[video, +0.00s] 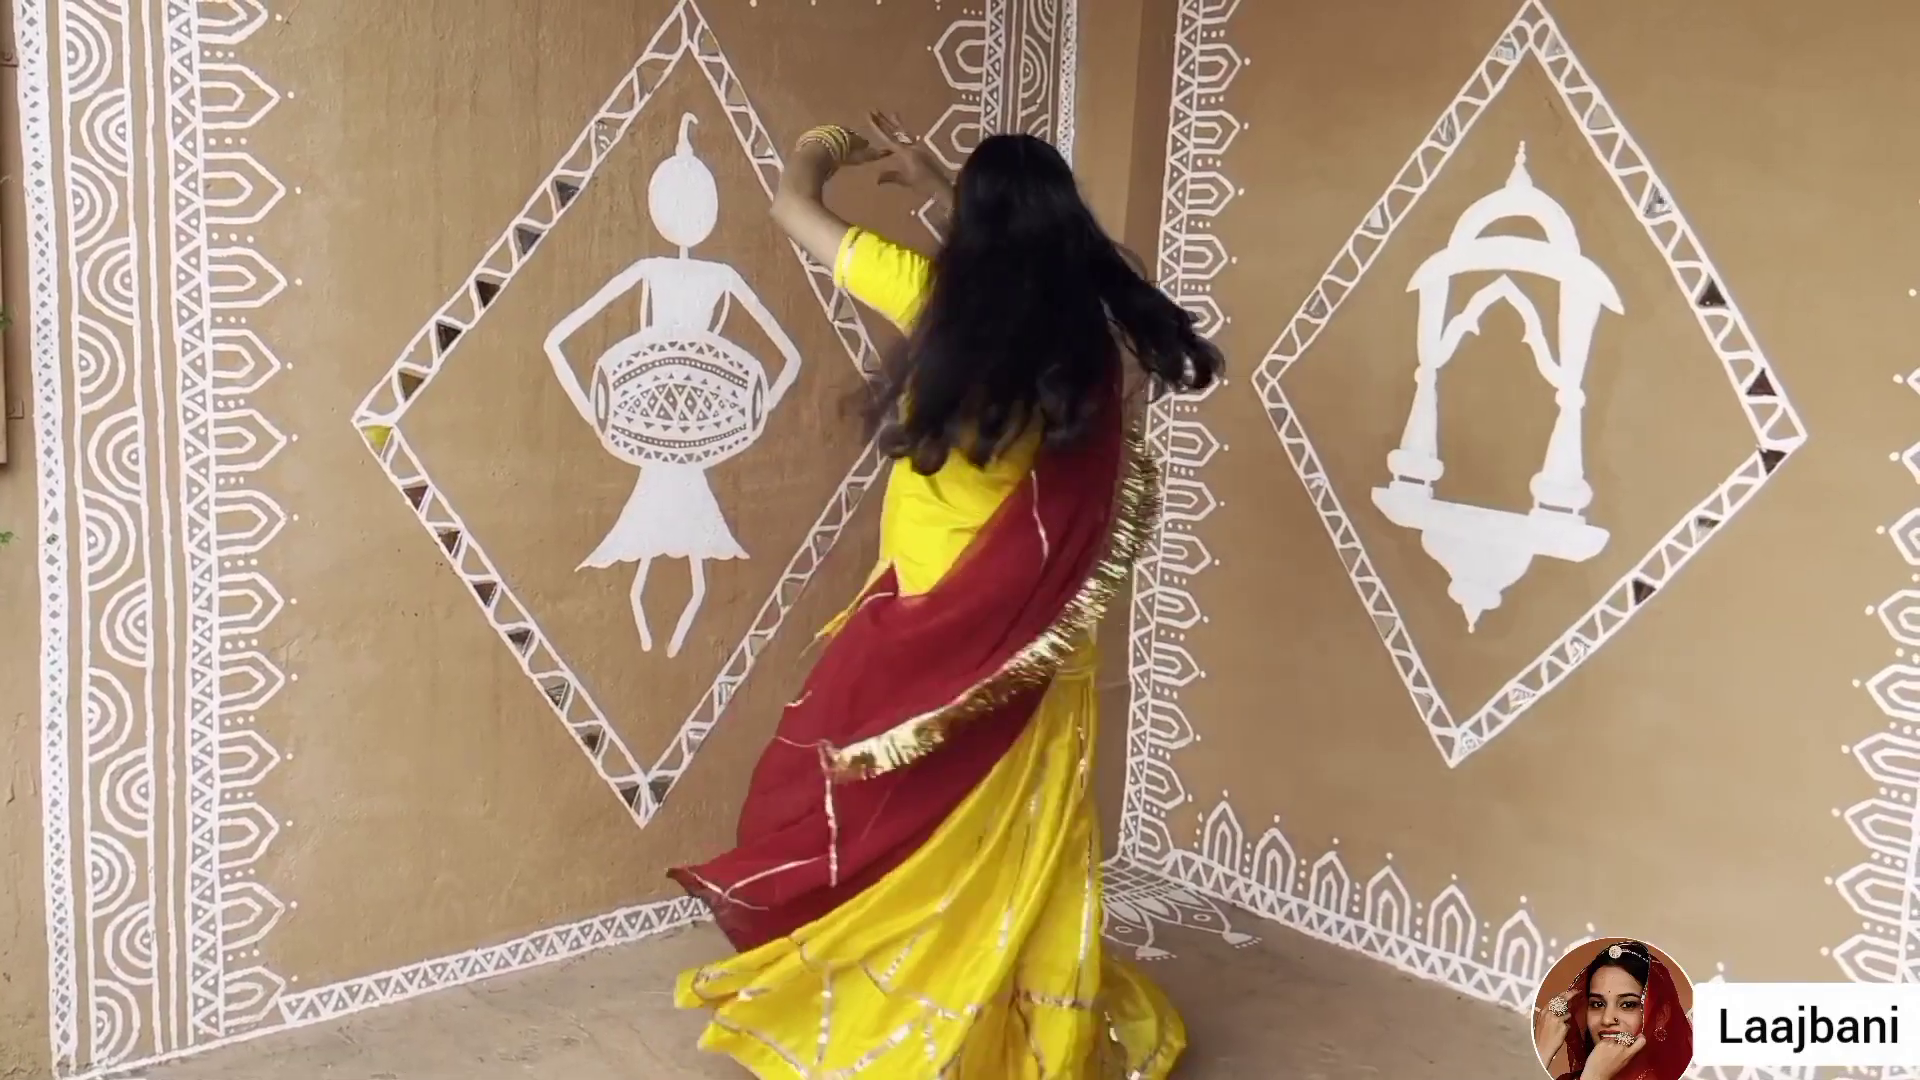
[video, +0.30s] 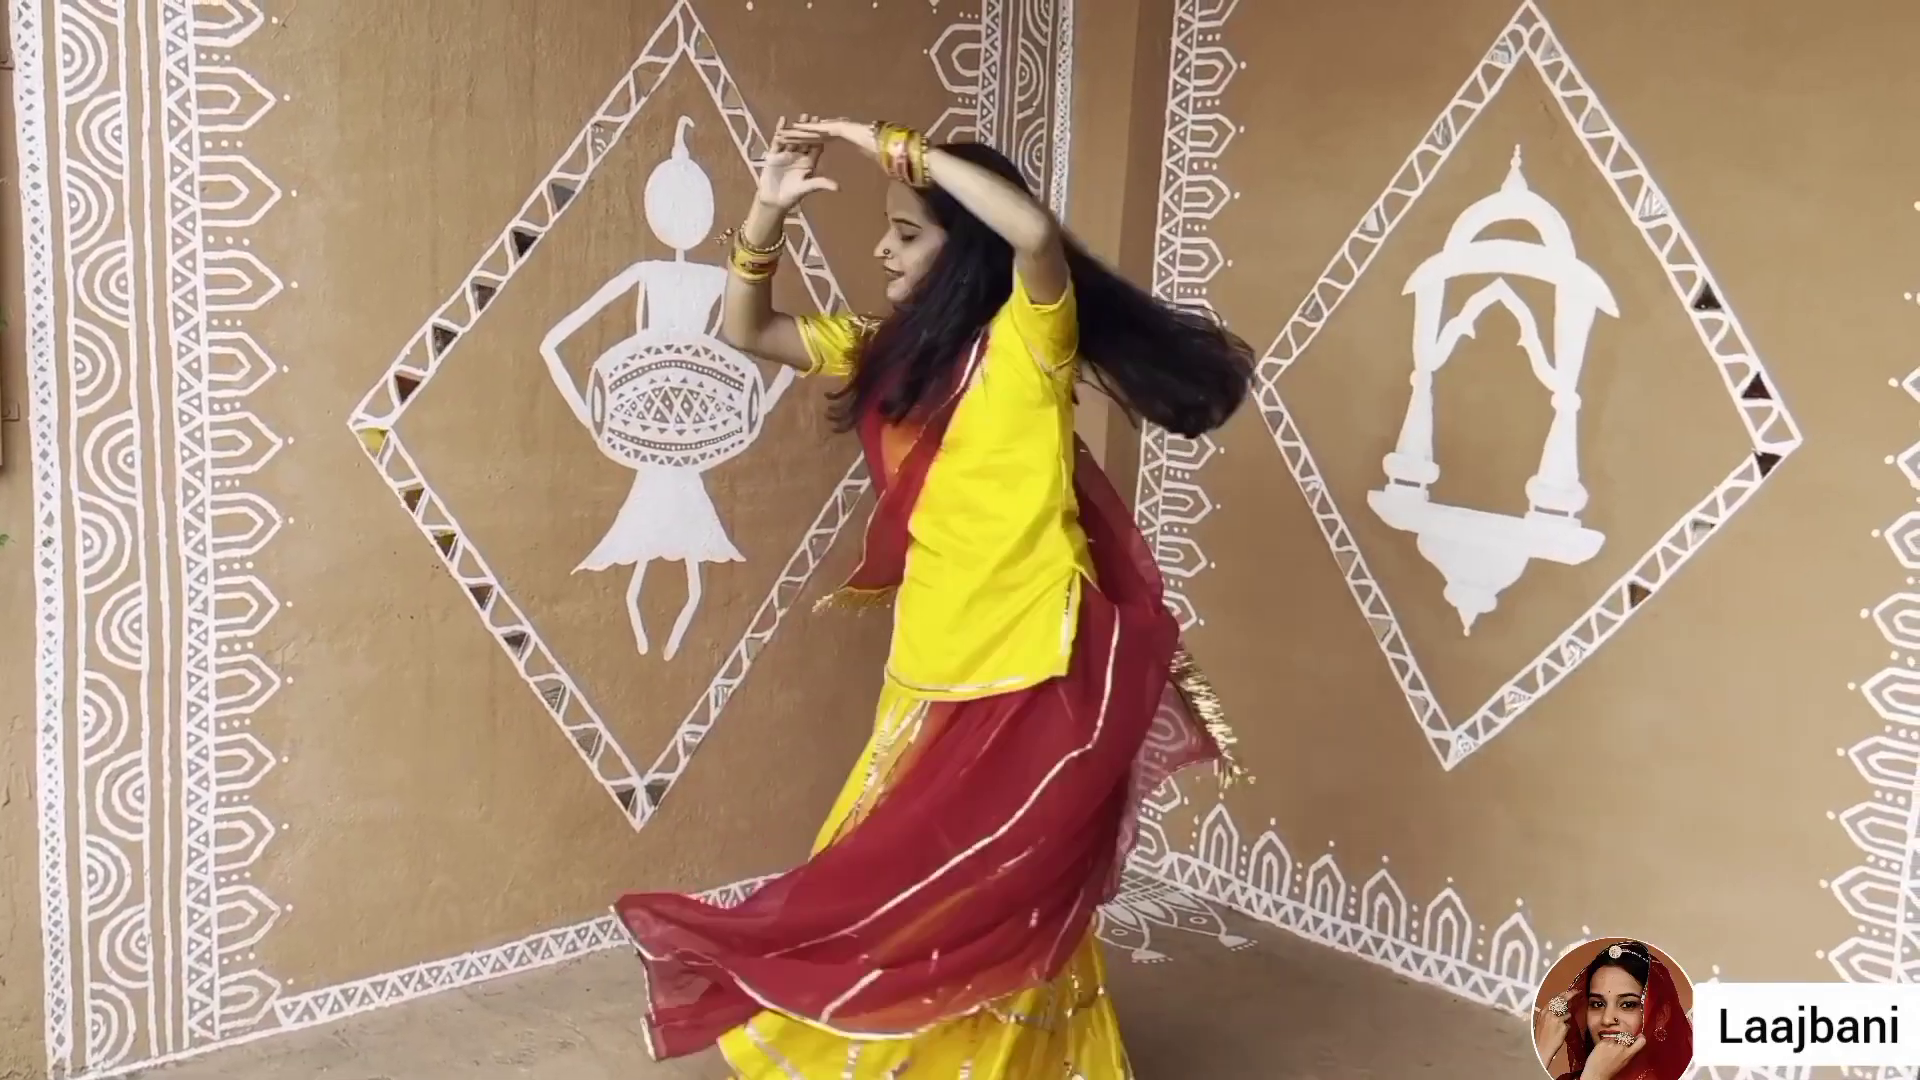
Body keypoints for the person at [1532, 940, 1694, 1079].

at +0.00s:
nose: (1608, 1019)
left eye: (1627, 1005)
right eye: (1597, 1004)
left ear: (1657, 1013)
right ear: (1585, 1012)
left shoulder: (1666, 1075)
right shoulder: (1567, 1078)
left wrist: (1595, 1075)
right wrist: (1538, 1056)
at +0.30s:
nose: (1608, 1019)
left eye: (1627, 1005)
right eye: (1597, 1004)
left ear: (1658, 1013)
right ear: (1585, 1012)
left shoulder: (1669, 1075)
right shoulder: (1567, 1077)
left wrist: (1595, 1075)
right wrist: (1538, 1056)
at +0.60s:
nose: (1608, 1019)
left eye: (1627, 1005)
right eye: (1597, 1004)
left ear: (1658, 1013)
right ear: (1584, 1012)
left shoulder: (1665, 1076)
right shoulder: (1566, 1078)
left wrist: (1595, 1076)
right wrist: (1538, 1057)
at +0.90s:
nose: (1608, 1019)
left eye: (1627, 1005)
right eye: (1597, 1004)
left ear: (1658, 1013)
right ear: (1584, 1012)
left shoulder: (1667, 1076)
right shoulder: (1566, 1078)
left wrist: (1595, 1076)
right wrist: (1538, 1056)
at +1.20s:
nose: (1608, 1019)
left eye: (1627, 1005)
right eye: (1597, 1004)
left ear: (1658, 1013)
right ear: (1584, 1012)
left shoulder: (1672, 1075)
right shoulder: (1567, 1078)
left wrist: (1595, 1075)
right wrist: (1539, 1055)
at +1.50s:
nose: (1608, 1019)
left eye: (1627, 1005)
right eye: (1597, 1004)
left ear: (1658, 1013)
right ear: (1584, 1012)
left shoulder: (1667, 1076)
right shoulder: (1567, 1078)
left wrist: (1595, 1076)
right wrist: (1539, 1056)